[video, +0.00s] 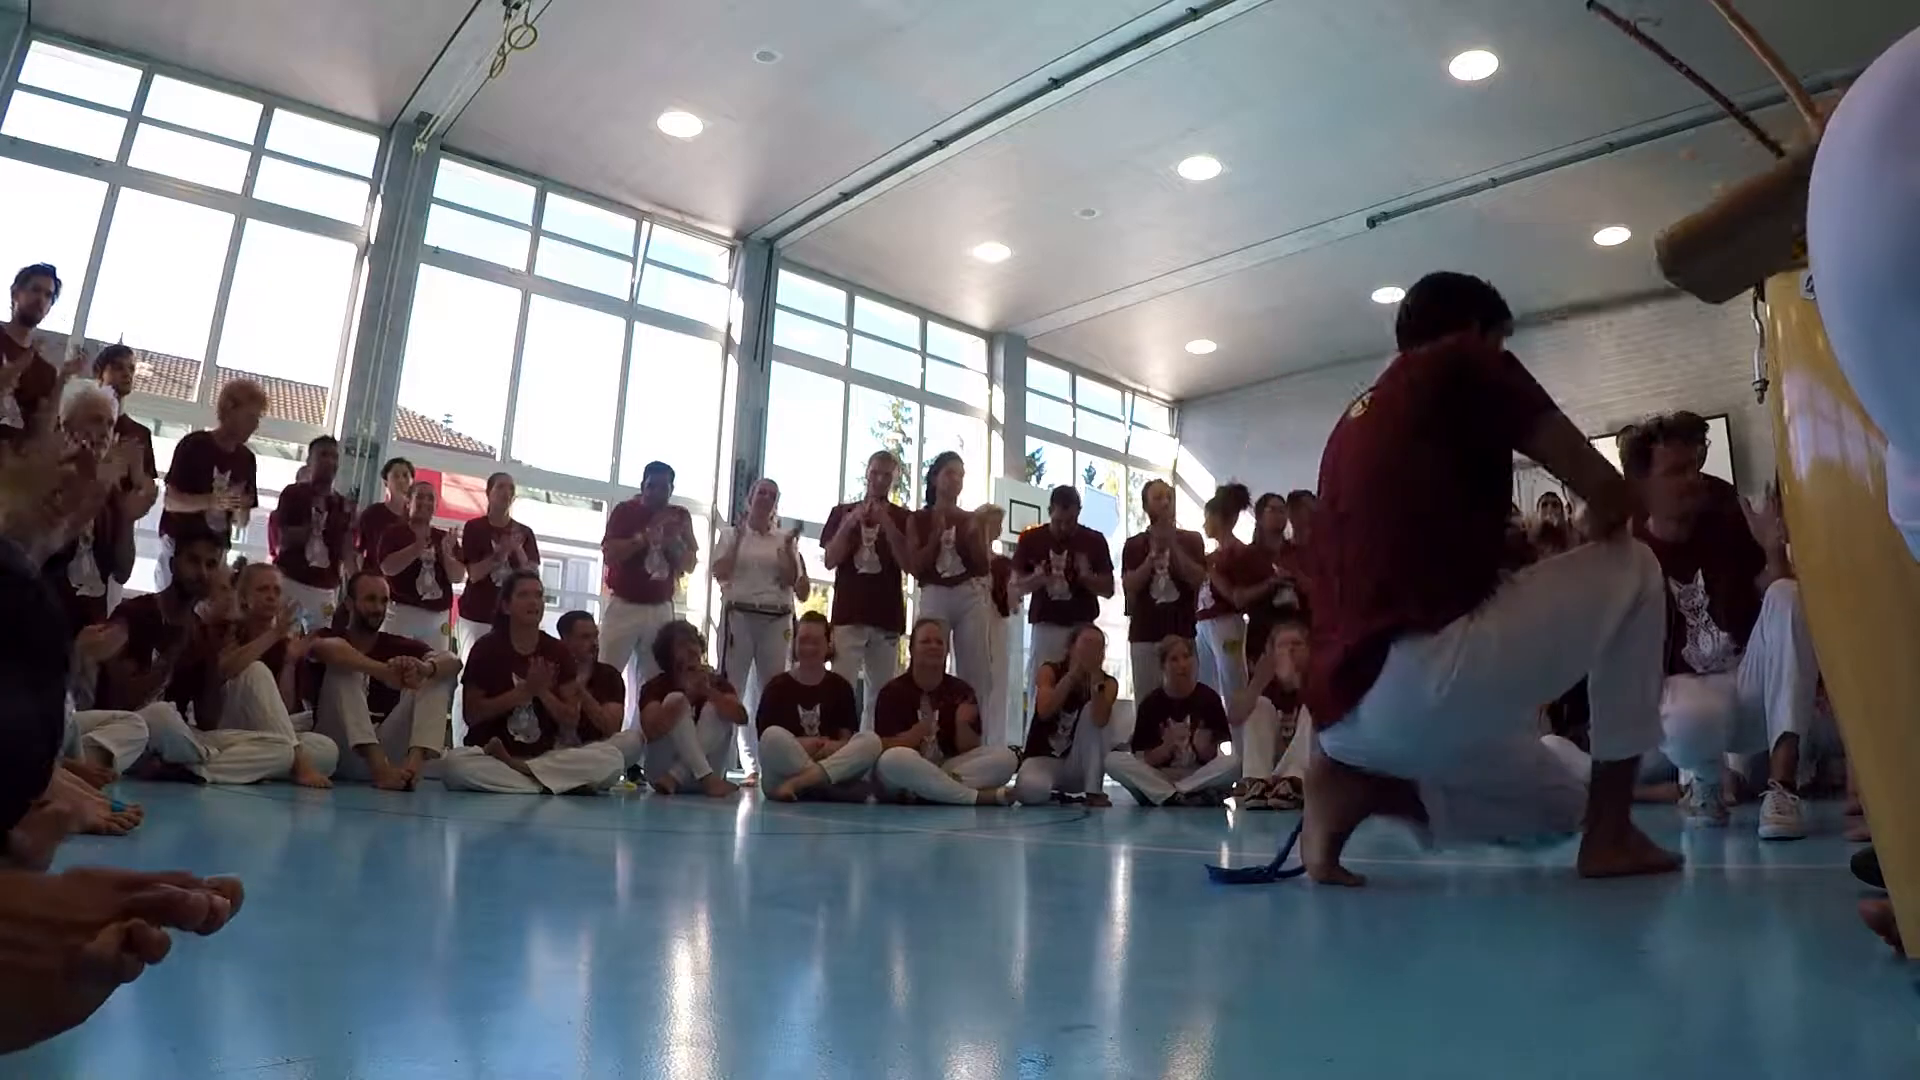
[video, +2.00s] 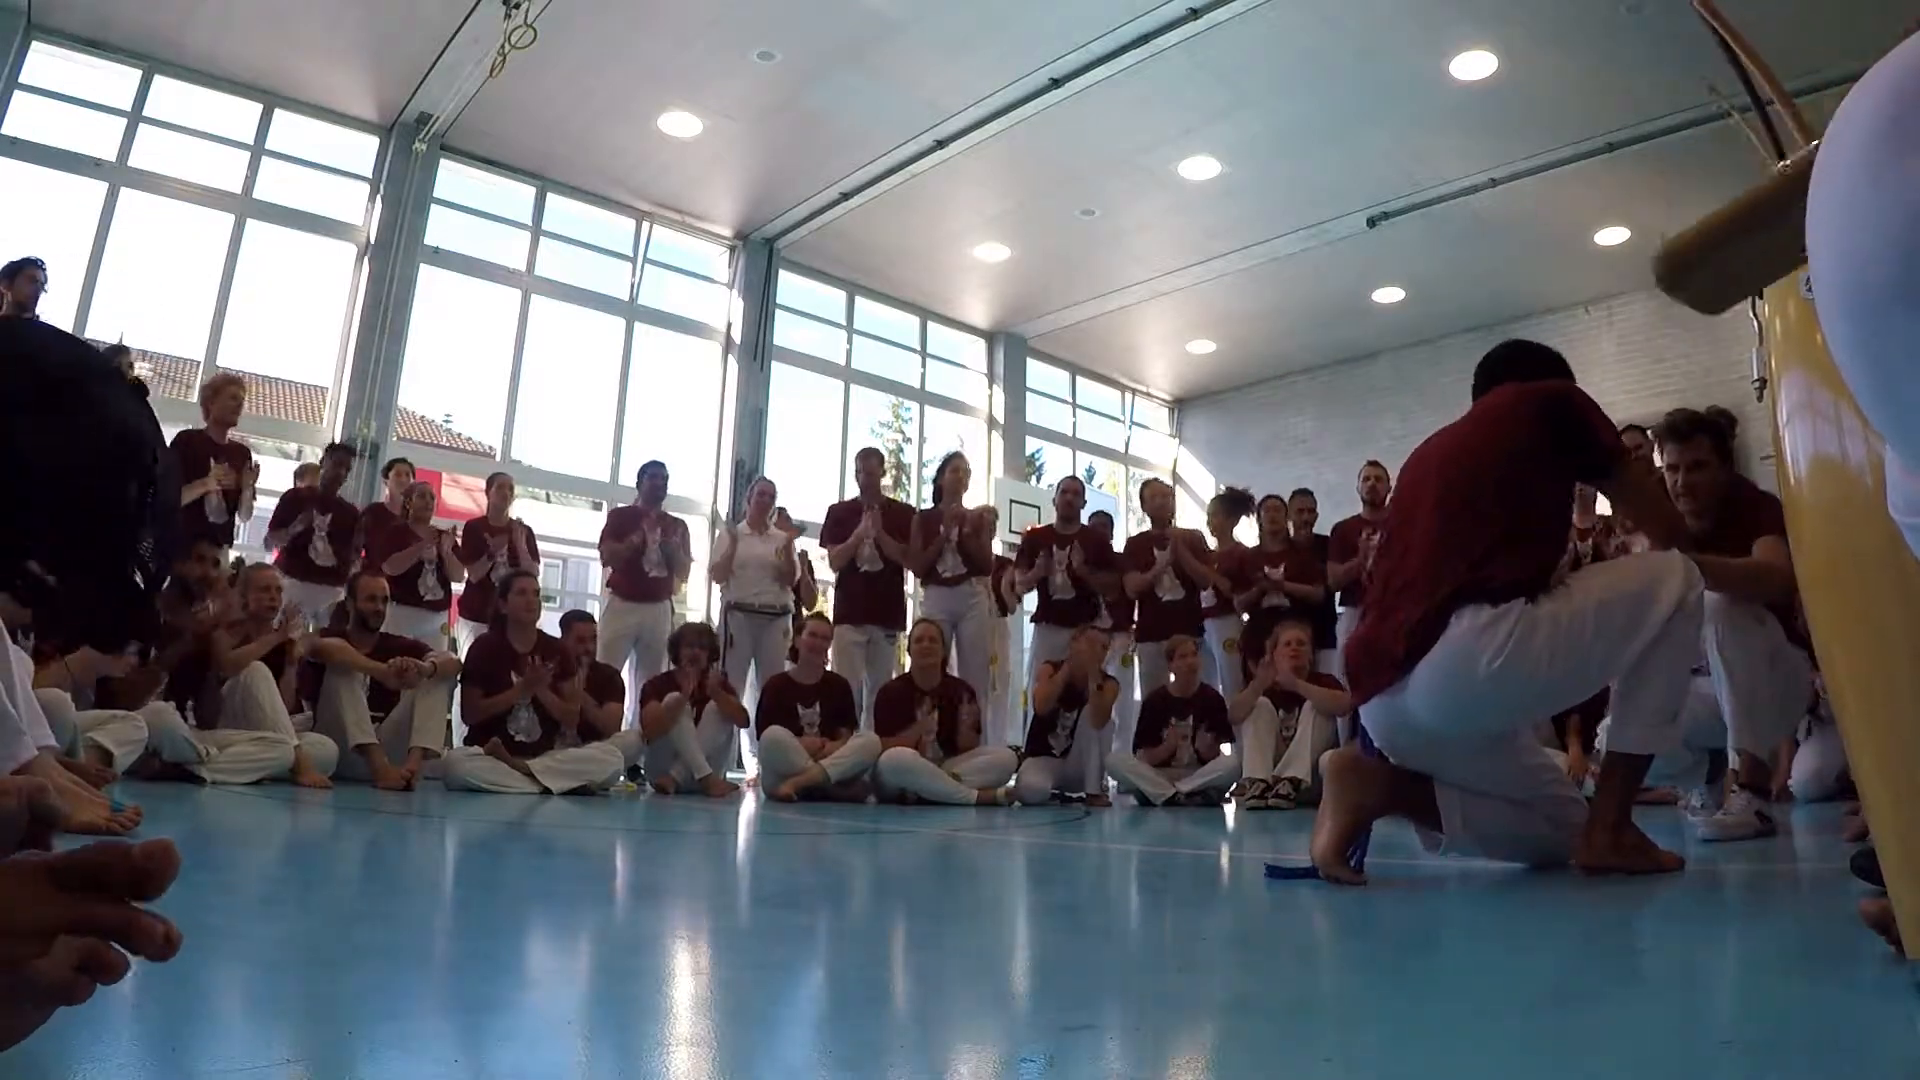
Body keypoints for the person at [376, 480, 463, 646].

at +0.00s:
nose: (425, 503)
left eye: (430, 499)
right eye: (420, 497)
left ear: (435, 505)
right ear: (409, 502)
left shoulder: (445, 538)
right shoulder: (394, 533)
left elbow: (457, 577)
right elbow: (387, 568)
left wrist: (448, 553)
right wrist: (417, 547)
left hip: (437, 614)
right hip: (401, 610)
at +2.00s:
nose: (428, 502)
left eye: (432, 497)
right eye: (422, 496)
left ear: (435, 503)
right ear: (408, 502)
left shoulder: (444, 537)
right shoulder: (397, 532)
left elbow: (459, 576)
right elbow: (389, 568)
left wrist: (447, 552)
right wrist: (419, 549)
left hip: (437, 613)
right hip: (402, 610)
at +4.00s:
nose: (430, 502)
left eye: (432, 497)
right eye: (423, 496)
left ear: (435, 502)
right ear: (407, 502)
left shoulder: (442, 537)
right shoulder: (396, 532)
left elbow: (457, 577)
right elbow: (394, 568)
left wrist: (445, 554)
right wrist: (431, 549)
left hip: (433, 613)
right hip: (401, 610)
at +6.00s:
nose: (423, 501)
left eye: (426, 496)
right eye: (415, 497)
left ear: (431, 501)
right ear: (402, 504)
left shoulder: (441, 533)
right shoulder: (395, 531)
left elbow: (457, 575)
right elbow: (392, 568)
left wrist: (441, 555)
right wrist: (428, 549)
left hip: (434, 614)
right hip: (400, 611)